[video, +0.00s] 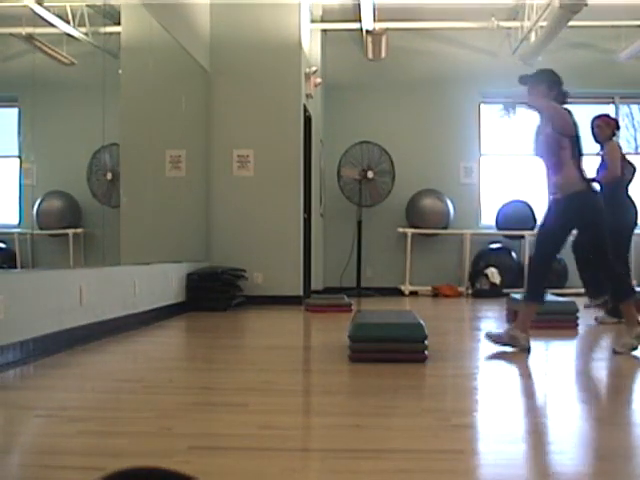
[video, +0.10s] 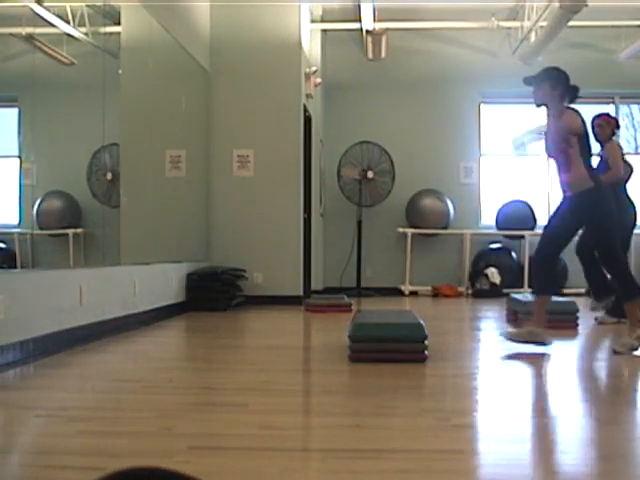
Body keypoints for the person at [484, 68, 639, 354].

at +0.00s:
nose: (529, 95)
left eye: (533, 89)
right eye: (528, 90)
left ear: (551, 90)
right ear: (542, 92)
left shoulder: (562, 117)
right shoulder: (544, 123)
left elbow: (559, 119)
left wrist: (529, 102)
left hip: (583, 199)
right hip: (560, 202)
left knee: (603, 261)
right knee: (539, 262)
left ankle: (633, 325)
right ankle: (520, 331)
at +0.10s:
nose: (533, 90)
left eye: (538, 86)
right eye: (534, 86)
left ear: (554, 89)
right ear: (550, 91)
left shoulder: (569, 118)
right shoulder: (552, 122)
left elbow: (576, 152)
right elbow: (561, 157)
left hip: (593, 197)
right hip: (572, 199)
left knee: (613, 260)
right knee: (543, 257)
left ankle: (635, 329)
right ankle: (537, 325)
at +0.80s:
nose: (500, 95)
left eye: (505, 90)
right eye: (500, 90)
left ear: (521, 92)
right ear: (512, 94)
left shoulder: (539, 123)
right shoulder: (511, 128)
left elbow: (563, 153)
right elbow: (514, 164)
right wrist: (510, 194)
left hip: (551, 201)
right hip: (532, 203)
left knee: (532, 262)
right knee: (544, 263)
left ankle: (534, 336)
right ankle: (595, 314)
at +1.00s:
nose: (471, 83)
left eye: (475, 76)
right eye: (470, 77)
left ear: (493, 75)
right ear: (487, 77)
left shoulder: (508, 106)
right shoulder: (487, 112)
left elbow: (466, 134)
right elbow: (460, 135)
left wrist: (428, 139)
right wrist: (424, 139)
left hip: (536, 186)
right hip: (516, 186)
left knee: (533, 254)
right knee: (472, 224)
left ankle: (533, 330)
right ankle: (474, 301)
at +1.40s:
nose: (406, 65)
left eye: (409, 58)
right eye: (404, 60)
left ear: (426, 54)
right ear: (420, 58)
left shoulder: (456, 78)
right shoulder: (422, 97)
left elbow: (479, 116)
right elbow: (420, 144)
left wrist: (470, 141)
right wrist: (402, 183)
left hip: (478, 159)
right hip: (449, 163)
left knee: (463, 222)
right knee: (424, 220)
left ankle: (472, 299)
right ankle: (411, 300)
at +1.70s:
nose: (394, 75)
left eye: (397, 68)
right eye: (393, 70)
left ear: (414, 64)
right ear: (412, 66)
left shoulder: (449, 86)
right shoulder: (417, 100)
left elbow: (499, 101)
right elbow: (445, 127)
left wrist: (533, 133)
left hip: (471, 168)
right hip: (442, 169)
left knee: (448, 222)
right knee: (412, 221)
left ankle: (449, 300)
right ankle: (408, 299)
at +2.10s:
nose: (464, 104)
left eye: (467, 98)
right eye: (463, 98)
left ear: (482, 95)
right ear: (484, 97)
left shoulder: (501, 120)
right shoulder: (486, 130)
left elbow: (460, 116)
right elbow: (450, 134)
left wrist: (428, 92)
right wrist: (427, 105)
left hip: (536, 201)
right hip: (518, 205)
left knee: (558, 268)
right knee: (465, 242)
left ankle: (589, 336)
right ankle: (417, 299)